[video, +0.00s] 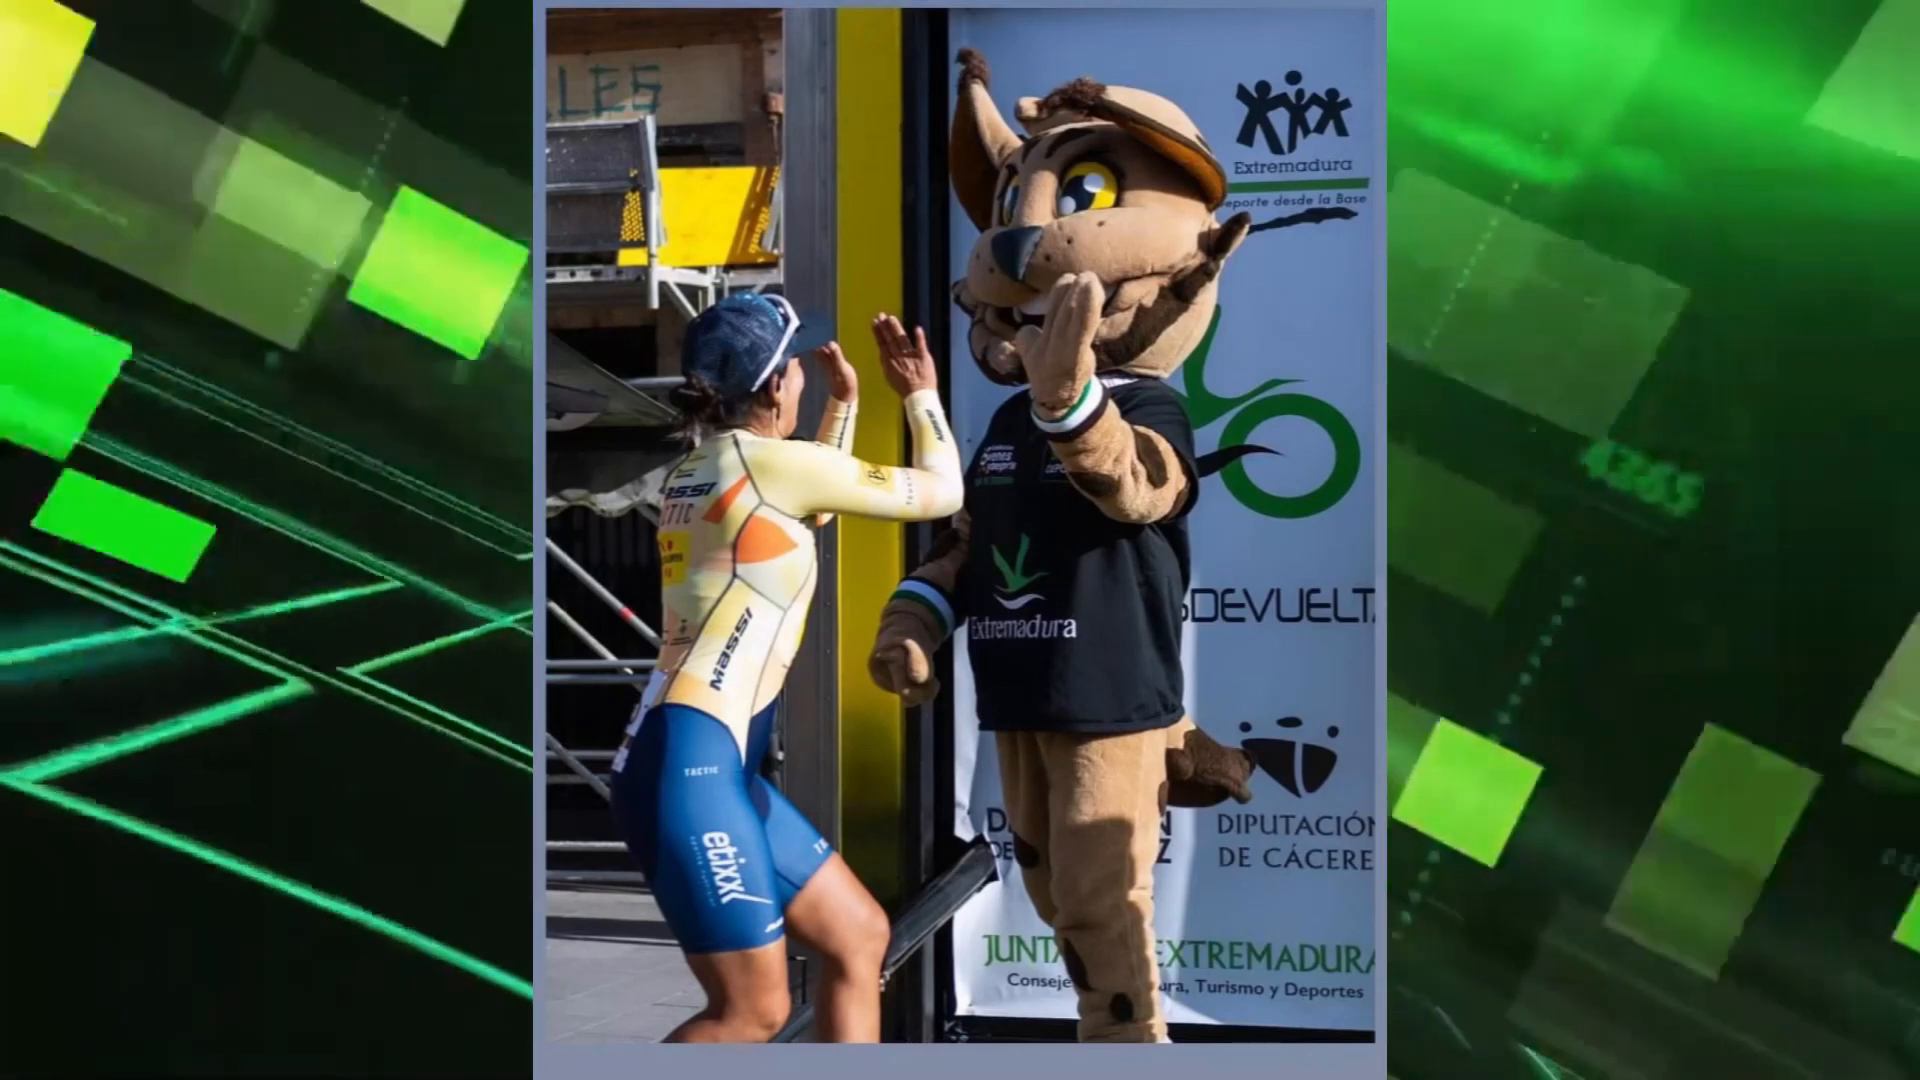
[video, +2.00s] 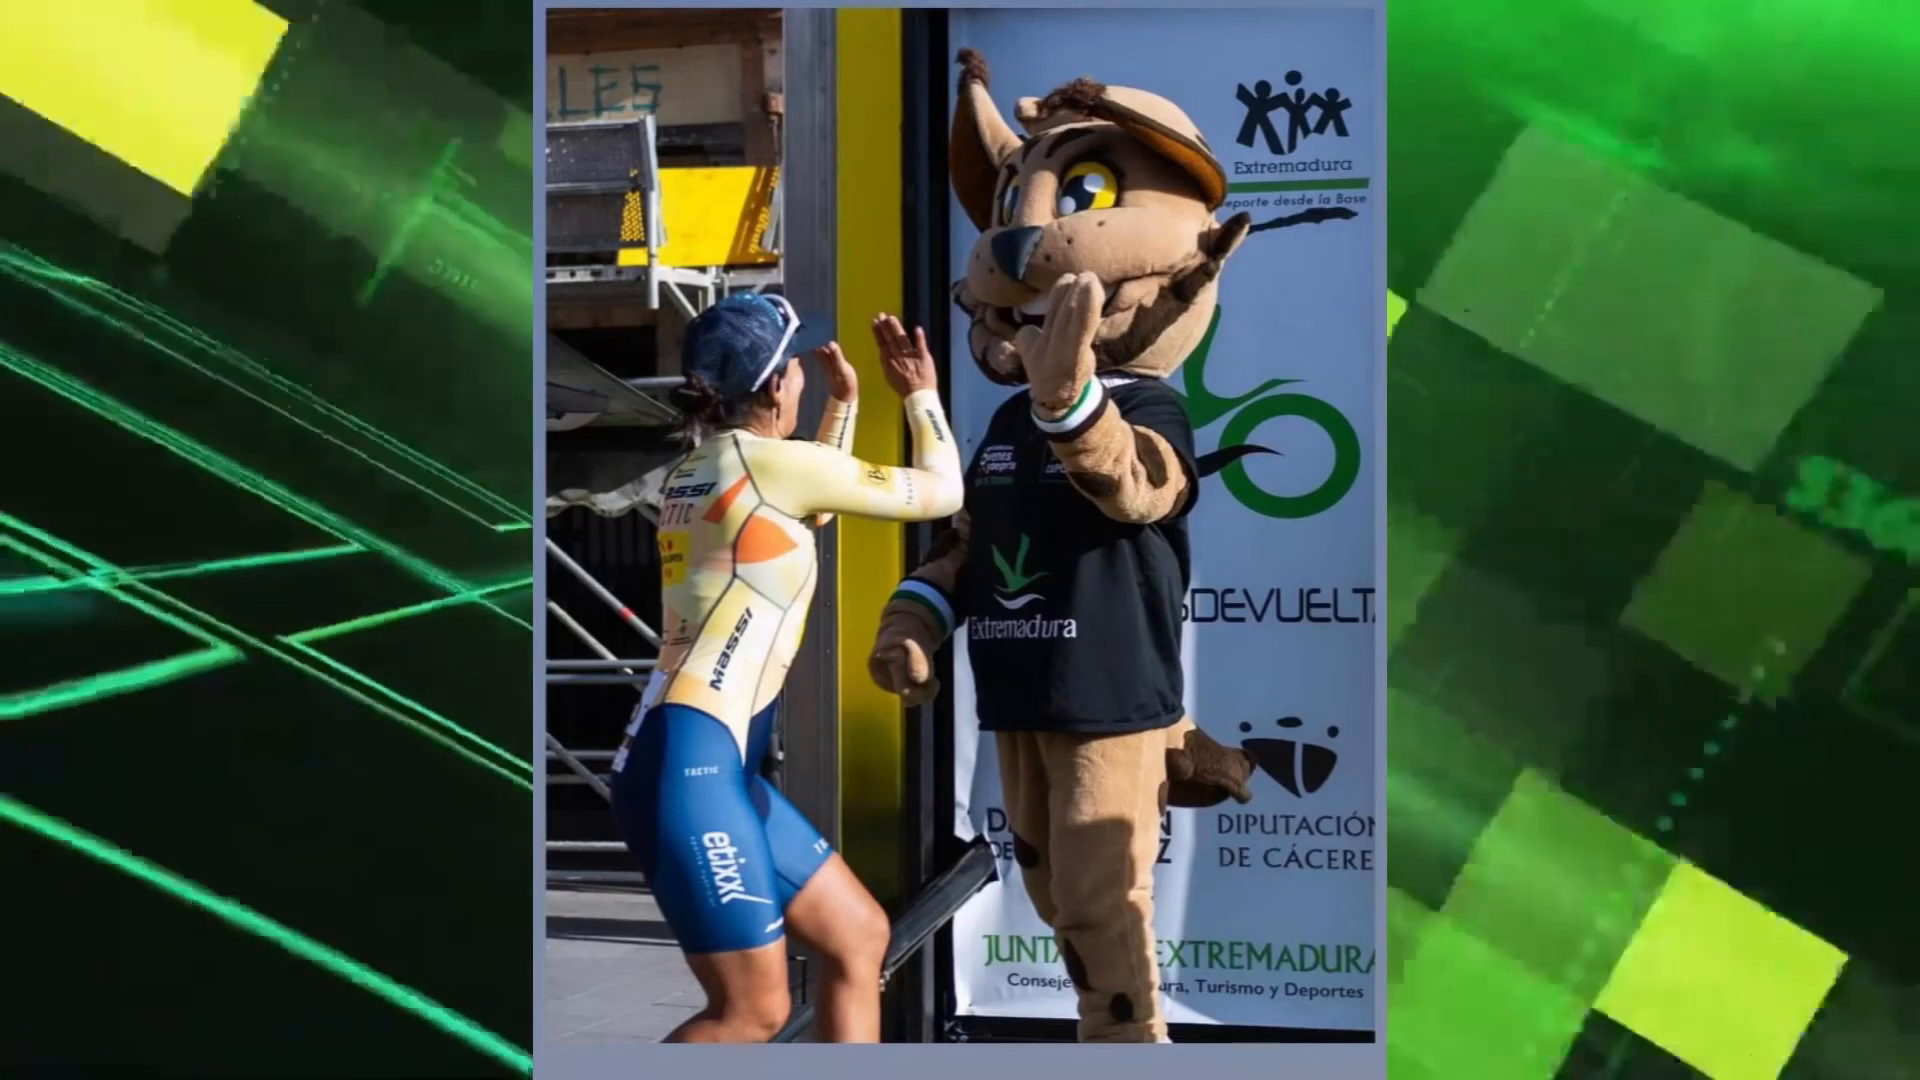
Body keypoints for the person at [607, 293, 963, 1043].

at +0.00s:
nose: (803, 377)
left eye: (800, 363)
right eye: (797, 364)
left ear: (714, 387)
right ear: (778, 380)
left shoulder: (695, 471)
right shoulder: (779, 465)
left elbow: (801, 497)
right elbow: (938, 492)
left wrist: (841, 411)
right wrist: (924, 396)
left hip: (715, 769)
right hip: (686, 774)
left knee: (860, 933)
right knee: (754, 1009)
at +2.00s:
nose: (804, 377)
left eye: (800, 363)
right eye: (797, 364)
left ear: (714, 387)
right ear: (777, 380)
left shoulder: (695, 471)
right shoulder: (779, 465)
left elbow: (801, 496)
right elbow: (938, 492)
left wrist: (840, 411)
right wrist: (924, 396)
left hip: (714, 769)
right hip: (686, 774)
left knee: (860, 933)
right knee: (754, 1009)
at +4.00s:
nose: (803, 377)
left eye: (800, 363)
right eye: (796, 364)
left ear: (715, 387)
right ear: (776, 380)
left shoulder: (692, 471)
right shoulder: (778, 465)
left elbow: (797, 494)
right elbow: (938, 492)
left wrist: (840, 412)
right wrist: (924, 396)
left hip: (714, 770)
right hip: (686, 774)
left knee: (860, 934)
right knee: (754, 1010)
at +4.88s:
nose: (803, 377)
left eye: (799, 363)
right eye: (796, 364)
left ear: (715, 387)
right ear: (776, 380)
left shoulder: (692, 471)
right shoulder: (778, 465)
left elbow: (798, 494)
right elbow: (938, 492)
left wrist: (840, 412)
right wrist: (924, 395)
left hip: (714, 770)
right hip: (686, 774)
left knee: (860, 934)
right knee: (754, 1010)